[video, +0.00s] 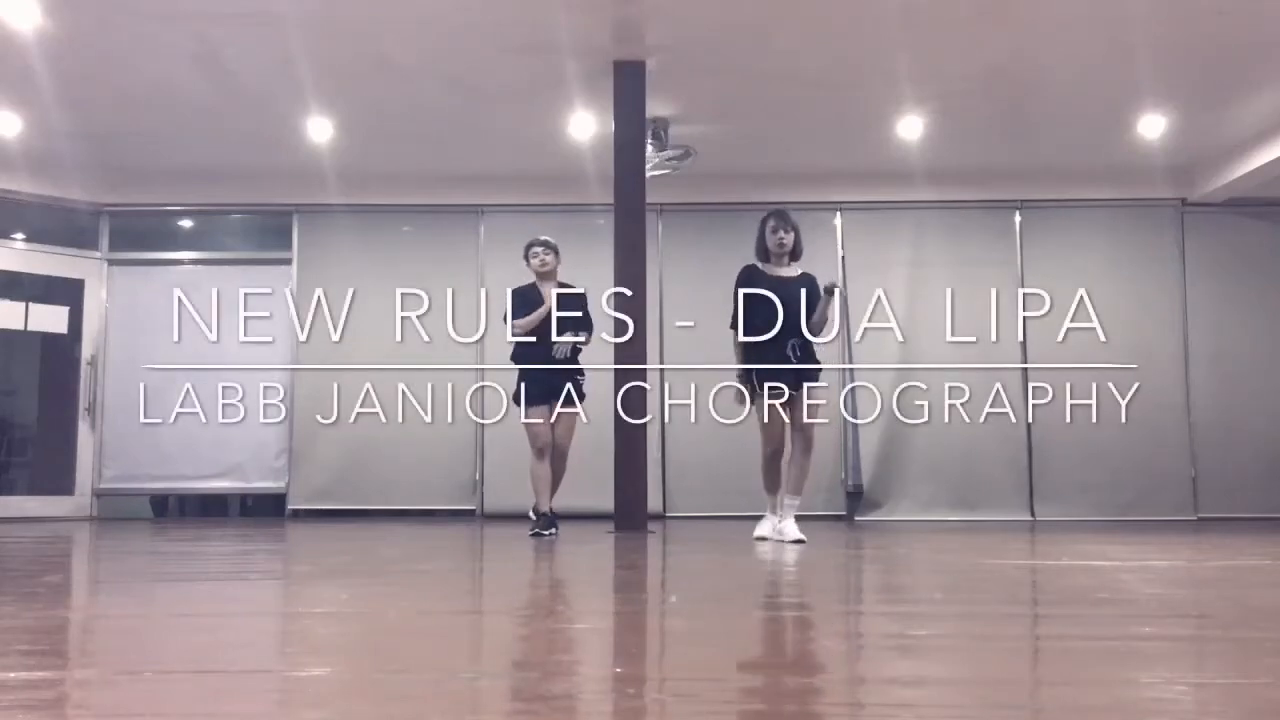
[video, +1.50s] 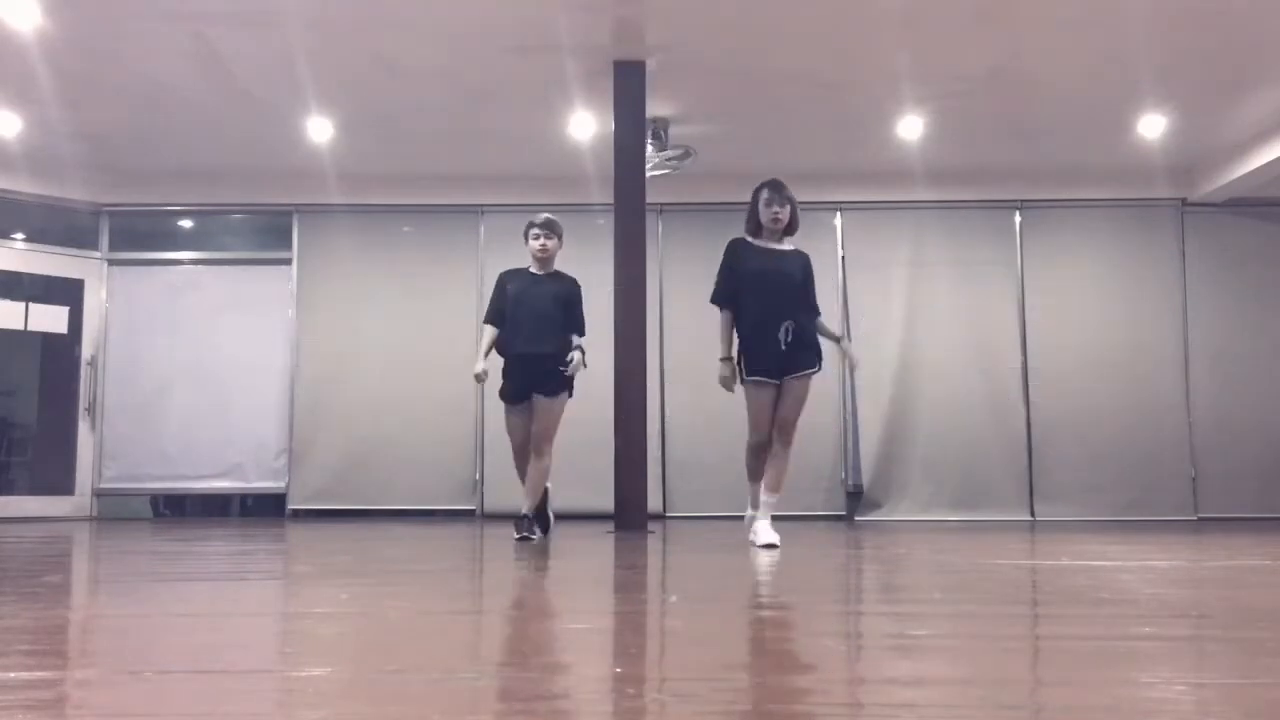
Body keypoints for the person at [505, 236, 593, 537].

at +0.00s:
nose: (541, 258)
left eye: (546, 253)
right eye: (535, 256)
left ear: (557, 259)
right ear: (528, 264)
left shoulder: (574, 294)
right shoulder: (520, 294)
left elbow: (587, 334)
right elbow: (516, 328)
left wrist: (573, 339)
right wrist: (547, 307)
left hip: (567, 377)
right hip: (533, 377)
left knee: (561, 447)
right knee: (541, 446)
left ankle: (542, 507)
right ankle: (543, 514)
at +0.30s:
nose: (547, 258)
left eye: (552, 253)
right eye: (541, 254)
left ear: (562, 259)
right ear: (533, 261)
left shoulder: (577, 294)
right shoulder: (521, 295)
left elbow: (590, 338)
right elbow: (516, 340)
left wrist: (584, 325)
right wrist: (526, 373)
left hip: (572, 377)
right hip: (538, 377)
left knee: (561, 447)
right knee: (547, 442)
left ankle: (543, 508)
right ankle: (548, 512)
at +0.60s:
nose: (548, 257)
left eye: (554, 253)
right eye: (542, 253)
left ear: (564, 258)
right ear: (535, 260)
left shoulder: (581, 293)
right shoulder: (522, 296)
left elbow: (593, 332)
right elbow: (509, 342)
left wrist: (592, 349)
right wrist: (501, 379)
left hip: (573, 380)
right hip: (537, 382)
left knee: (573, 448)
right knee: (550, 447)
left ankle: (549, 502)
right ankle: (556, 513)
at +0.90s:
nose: (546, 257)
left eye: (553, 253)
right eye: (541, 253)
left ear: (563, 259)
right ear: (532, 259)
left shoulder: (579, 292)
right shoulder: (520, 296)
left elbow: (590, 339)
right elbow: (519, 346)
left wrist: (588, 376)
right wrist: (515, 381)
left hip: (569, 375)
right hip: (534, 377)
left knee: (545, 431)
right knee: (547, 445)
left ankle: (551, 507)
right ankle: (554, 512)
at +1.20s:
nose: (544, 251)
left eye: (550, 247)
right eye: (538, 246)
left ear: (560, 253)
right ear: (529, 253)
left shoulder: (571, 291)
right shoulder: (513, 290)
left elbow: (578, 341)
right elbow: (508, 339)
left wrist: (581, 384)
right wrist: (496, 374)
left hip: (560, 374)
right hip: (523, 375)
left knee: (543, 444)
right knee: (541, 447)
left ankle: (526, 516)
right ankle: (557, 507)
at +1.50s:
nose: (542, 242)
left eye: (548, 237)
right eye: (536, 237)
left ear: (559, 243)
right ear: (526, 243)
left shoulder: (568, 285)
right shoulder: (508, 279)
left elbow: (576, 332)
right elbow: (493, 323)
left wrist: (578, 352)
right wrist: (481, 357)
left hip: (553, 370)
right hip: (515, 370)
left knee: (541, 447)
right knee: (520, 449)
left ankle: (527, 516)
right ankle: (540, 503)